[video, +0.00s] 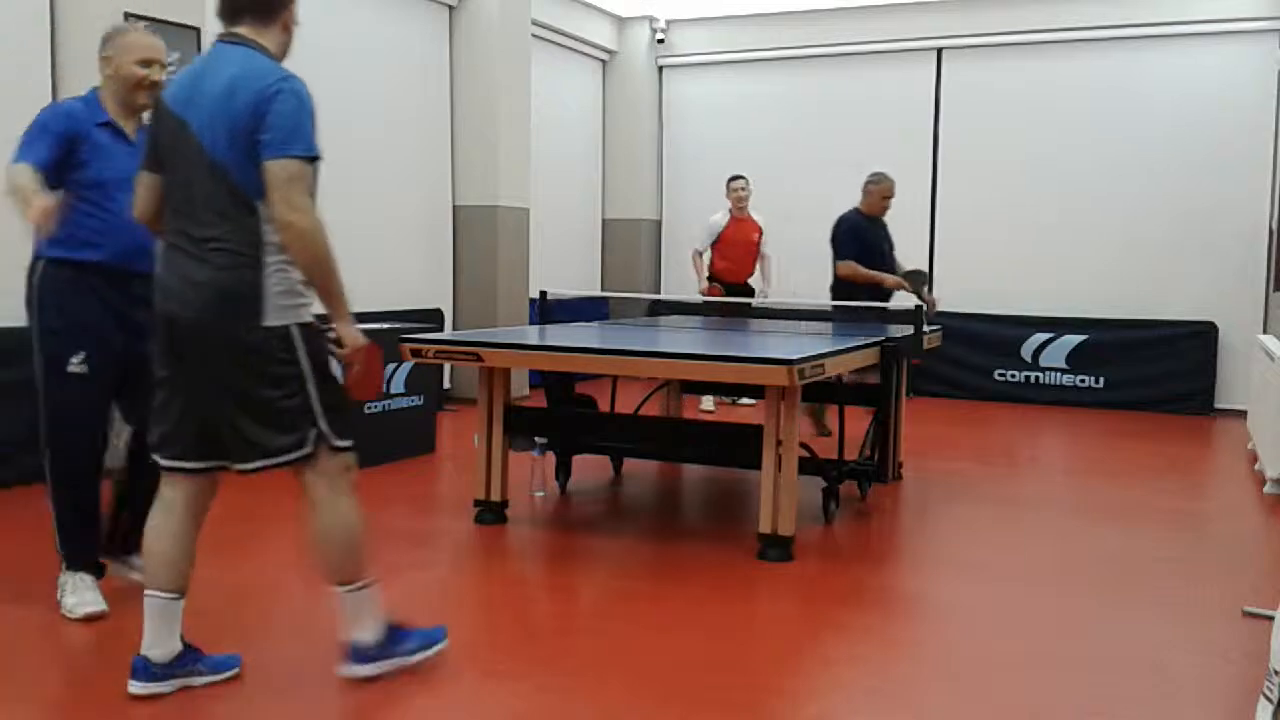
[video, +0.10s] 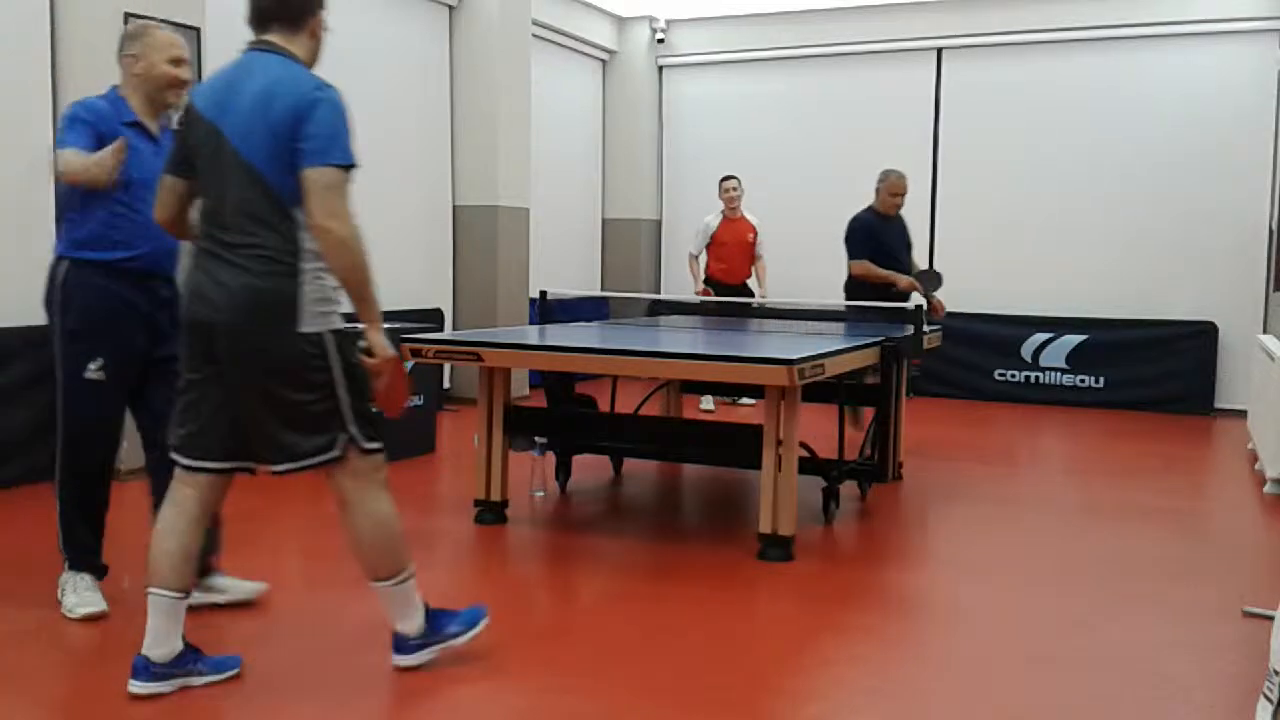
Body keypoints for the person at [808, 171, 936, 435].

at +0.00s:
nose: (888, 205)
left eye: (890, 199)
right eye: (884, 199)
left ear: (887, 197)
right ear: (867, 194)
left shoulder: (878, 225)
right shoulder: (847, 223)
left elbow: (890, 266)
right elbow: (844, 268)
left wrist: (919, 290)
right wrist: (884, 279)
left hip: (875, 310)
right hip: (850, 311)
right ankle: (818, 404)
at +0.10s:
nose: (899, 202)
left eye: (903, 196)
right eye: (893, 196)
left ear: (905, 195)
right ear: (877, 192)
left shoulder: (898, 222)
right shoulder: (860, 223)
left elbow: (908, 264)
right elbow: (857, 267)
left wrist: (929, 296)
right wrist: (895, 278)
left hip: (895, 310)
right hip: (865, 311)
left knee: (895, 373)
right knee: (861, 369)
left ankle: (885, 438)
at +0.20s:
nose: (911, 195)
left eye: (915, 189)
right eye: (905, 189)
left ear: (919, 191)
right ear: (891, 188)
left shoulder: (918, 219)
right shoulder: (875, 219)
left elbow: (923, 263)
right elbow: (868, 262)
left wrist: (935, 293)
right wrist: (906, 273)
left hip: (912, 307)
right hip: (879, 309)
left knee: (930, 362)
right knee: (888, 375)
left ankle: (902, 411)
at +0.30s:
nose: (920, 191)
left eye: (926, 186)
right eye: (915, 185)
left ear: (934, 187)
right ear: (904, 186)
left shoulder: (940, 218)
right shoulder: (888, 217)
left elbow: (946, 263)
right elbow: (874, 258)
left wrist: (952, 295)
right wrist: (910, 270)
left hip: (932, 306)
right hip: (892, 308)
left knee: (950, 364)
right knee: (892, 374)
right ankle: (882, 436)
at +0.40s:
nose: (928, 195)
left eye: (935, 189)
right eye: (924, 189)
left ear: (948, 190)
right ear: (918, 189)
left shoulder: (963, 222)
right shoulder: (904, 220)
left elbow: (974, 265)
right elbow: (883, 259)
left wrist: (972, 302)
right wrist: (910, 271)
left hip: (947, 310)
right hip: (905, 310)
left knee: (965, 371)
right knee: (894, 376)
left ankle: (983, 432)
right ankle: (878, 440)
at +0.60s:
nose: (951, 196)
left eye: (958, 191)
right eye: (950, 190)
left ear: (976, 191)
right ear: (950, 189)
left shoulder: (999, 223)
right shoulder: (938, 219)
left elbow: (1015, 266)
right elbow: (915, 257)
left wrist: (986, 287)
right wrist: (923, 272)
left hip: (981, 316)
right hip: (938, 313)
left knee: (990, 374)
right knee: (918, 368)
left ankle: (989, 435)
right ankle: (904, 427)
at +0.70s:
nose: (961, 191)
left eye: (968, 186)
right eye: (960, 186)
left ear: (987, 187)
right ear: (958, 186)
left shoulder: (1008, 220)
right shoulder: (948, 217)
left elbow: (1017, 264)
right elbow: (928, 253)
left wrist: (980, 272)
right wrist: (936, 270)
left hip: (987, 313)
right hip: (946, 312)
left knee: (991, 374)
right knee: (937, 366)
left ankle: (989, 434)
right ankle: (939, 423)